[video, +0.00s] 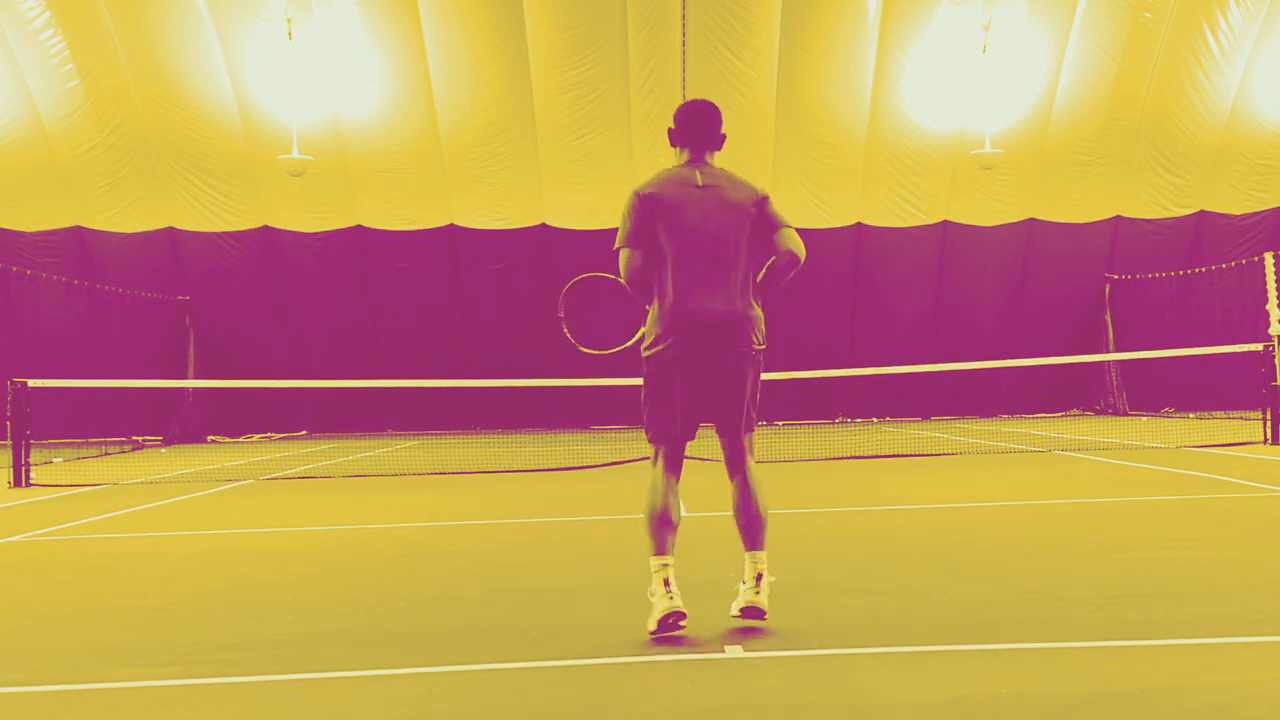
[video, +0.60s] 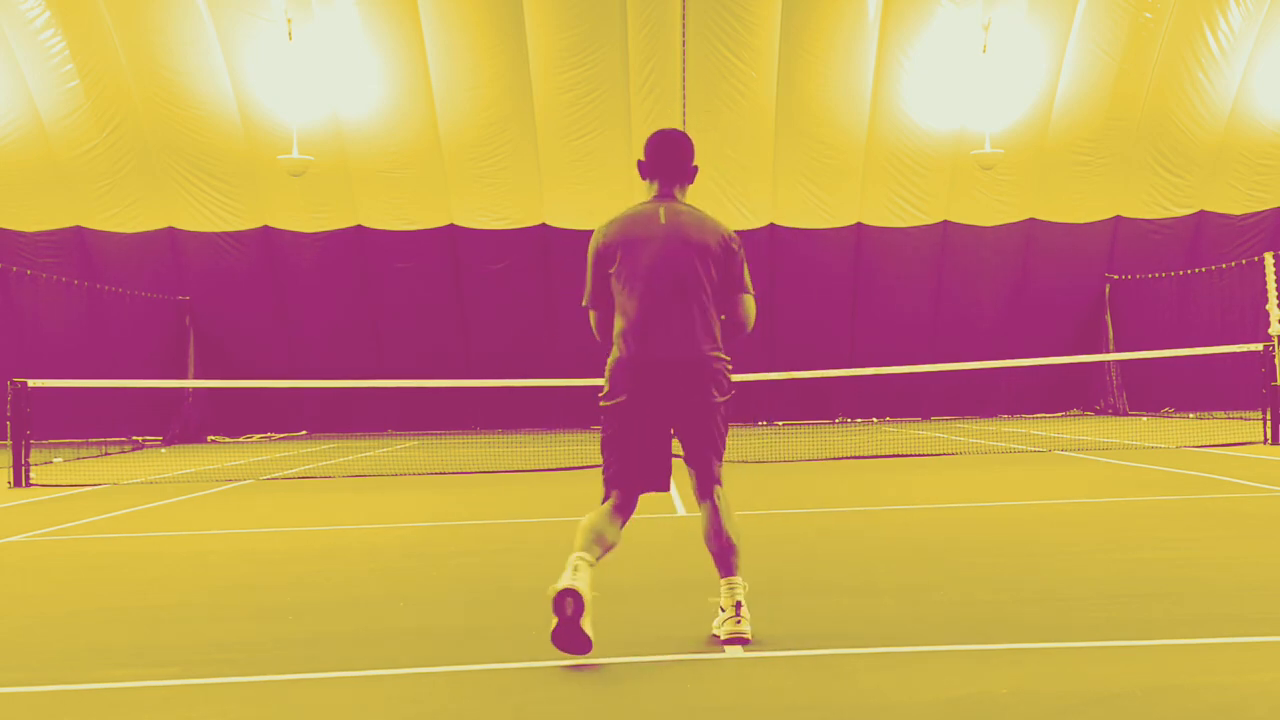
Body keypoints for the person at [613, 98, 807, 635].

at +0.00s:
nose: (692, 149)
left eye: (681, 137)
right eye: (711, 140)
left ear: (673, 140)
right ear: (721, 142)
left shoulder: (647, 196)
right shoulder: (750, 195)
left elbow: (632, 275)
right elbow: (793, 252)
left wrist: (661, 295)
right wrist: (755, 291)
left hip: (673, 340)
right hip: (736, 338)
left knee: (666, 464)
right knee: (741, 461)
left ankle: (664, 590)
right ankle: (756, 583)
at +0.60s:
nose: (676, 180)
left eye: (659, 169)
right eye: (685, 170)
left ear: (642, 173)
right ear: (692, 174)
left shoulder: (609, 232)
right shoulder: (719, 236)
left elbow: (600, 324)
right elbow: (743, 320)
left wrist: (636, 357)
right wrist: (696, 343)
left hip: (630, 378)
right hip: (700, 376)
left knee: (619, 497)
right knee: (709, 491)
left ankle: (576, 575)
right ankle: (733, 603)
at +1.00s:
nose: (614, 134)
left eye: (607, 125)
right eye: (616, 125)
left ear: (564, 124)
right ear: (616, 126)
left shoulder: (531, 177)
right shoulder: (610, 182)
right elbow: (654, 276)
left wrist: (654, 281)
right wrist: (681, 302)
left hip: (486, 324)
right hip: (549, 324)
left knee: (536, 479)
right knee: (602, 471)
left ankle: (531, 619)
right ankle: (561, 603)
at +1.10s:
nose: (603, 124)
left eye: (596, 114)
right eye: (605, 114)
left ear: (551, 113)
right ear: (606, 115)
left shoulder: (517, 159)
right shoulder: (603, 170)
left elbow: (543, 228)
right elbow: (675, 244)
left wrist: (612, 225)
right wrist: (709, 242)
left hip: (449, 319)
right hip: (514, 320)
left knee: (494, 471)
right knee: (562, 473)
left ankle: (460, 615)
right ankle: (525, 609)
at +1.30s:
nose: (578, 185)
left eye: (577, 178)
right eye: (577, 176)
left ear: (522, 172)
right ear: (566, 175)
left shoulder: (495, 219)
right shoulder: (528, 213)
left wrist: (492, 380)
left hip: (399, 378)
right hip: (454, 379)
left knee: (411, 539)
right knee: (526, 537)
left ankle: (259, 603)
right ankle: (476, 675)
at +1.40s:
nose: (565, 222)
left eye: (567, 210)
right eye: (562, 208)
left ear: (511, 198)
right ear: (543, 203)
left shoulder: (513, 264)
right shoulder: (499, 246)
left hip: (367, 398)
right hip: (426, 397)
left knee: (372, 567)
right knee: (519, 541)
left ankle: (224, 645)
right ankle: (474, 677)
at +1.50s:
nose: (543, 213)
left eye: (543, 202)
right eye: (542, 202)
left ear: (481, 199)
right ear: (532, 205)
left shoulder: (445, 241)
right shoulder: (487, 241)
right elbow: (453, 285)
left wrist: (532, 271)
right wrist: (522, 262)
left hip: (337, 389)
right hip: (403, 389)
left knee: (329, 566)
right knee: (503, 535)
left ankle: (197, 670)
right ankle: (474, 678)